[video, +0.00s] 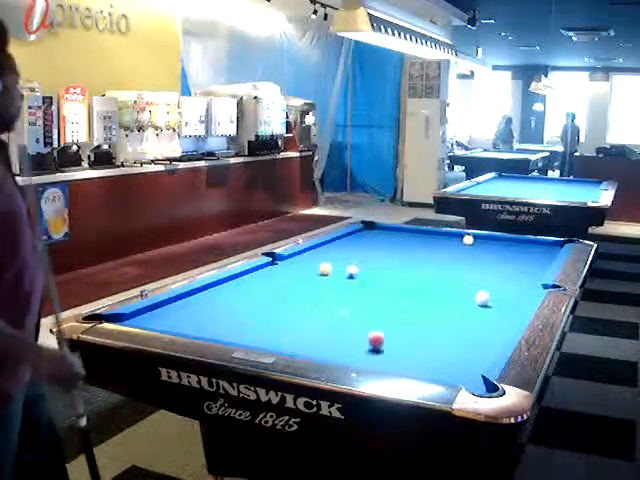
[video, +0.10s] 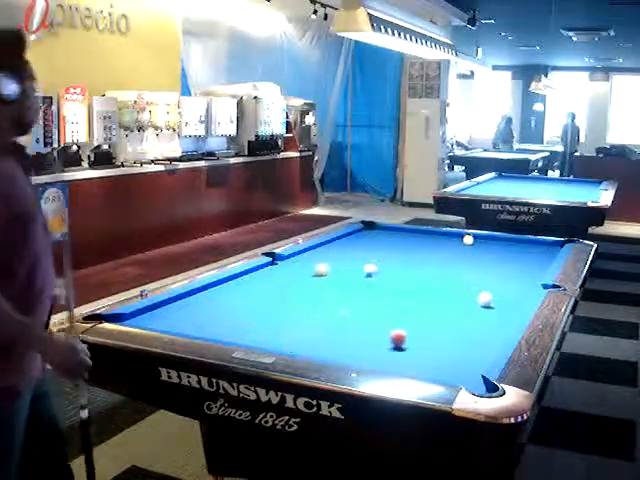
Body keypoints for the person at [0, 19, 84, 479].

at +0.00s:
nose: (16, 88)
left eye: (13, 76)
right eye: (8, 77)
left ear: (14, 85)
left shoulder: (6, 160)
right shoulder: (2, 169)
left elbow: (18, 237)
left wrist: (37, 269)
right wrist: (34, 358)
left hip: (21, 377)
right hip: (1, 387)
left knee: (47, 460)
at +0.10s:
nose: (35, 93)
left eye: (31, 79)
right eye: (23, 80)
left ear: (19, 91)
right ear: (3, 92)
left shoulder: (14, 165)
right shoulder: (6, 171)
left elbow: (17, 260)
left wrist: (43, 293)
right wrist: (44, 343)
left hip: (27, 370)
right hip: (6, 381)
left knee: (53, 464)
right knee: (12, 472)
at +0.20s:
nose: (54, 101)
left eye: (50, 87)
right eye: (43, 88)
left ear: (31, 95)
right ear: (18, 95)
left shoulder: (28, 161)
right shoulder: (10, 167)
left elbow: (23, 253)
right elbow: (3, 282)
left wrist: (64, 280)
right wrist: (52, 339)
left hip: (33, 362)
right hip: (10, 374)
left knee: (59, 451)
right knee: (14, 469)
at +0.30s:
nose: (79, 104)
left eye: (76, 90)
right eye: (71, 90)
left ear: (37, 94)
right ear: (48, 94)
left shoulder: (40, 155)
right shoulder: (19, 161)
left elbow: (34, 255)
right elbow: (11, 272)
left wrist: (82, 280)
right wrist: (62, 324)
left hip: (38, 355)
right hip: (15, 365)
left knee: (56, 461)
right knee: (19, 467)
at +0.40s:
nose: (94, 107)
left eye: (93, 94)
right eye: (89, 93)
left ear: (51, 94)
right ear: (69, 94)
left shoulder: (52, 149)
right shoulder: (28, 146)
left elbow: (51, 241)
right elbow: (11, 241)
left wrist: (98, 281)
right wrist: (69, 307)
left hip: (40, 340)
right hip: (14, 344)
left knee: (53, 451)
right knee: (15, 458)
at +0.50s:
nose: (104, 110)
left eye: (103, 99)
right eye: (99, 97)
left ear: (68, 96)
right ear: (77, 95)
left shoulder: (65, 149)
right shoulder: (32, 139)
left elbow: (68, 244)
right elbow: (12, 234)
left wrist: (118, 289)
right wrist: (66, 294)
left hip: (43, 338)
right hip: (14, 341)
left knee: (61, 454)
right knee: (16, 458)